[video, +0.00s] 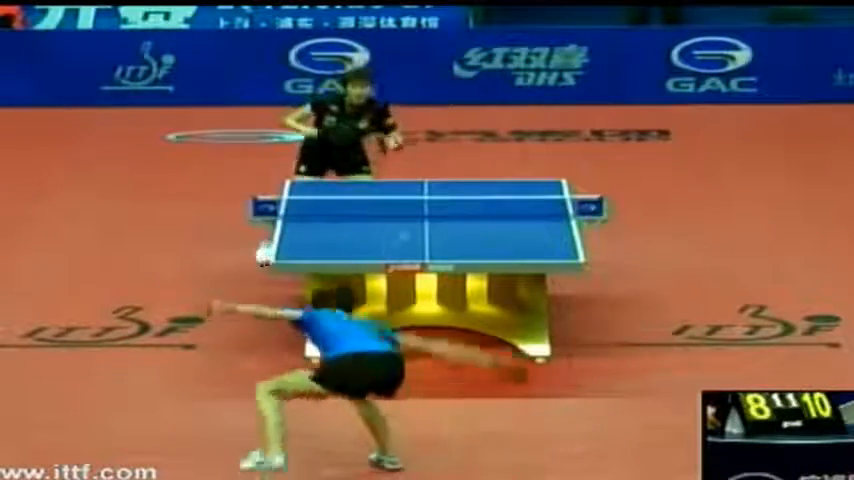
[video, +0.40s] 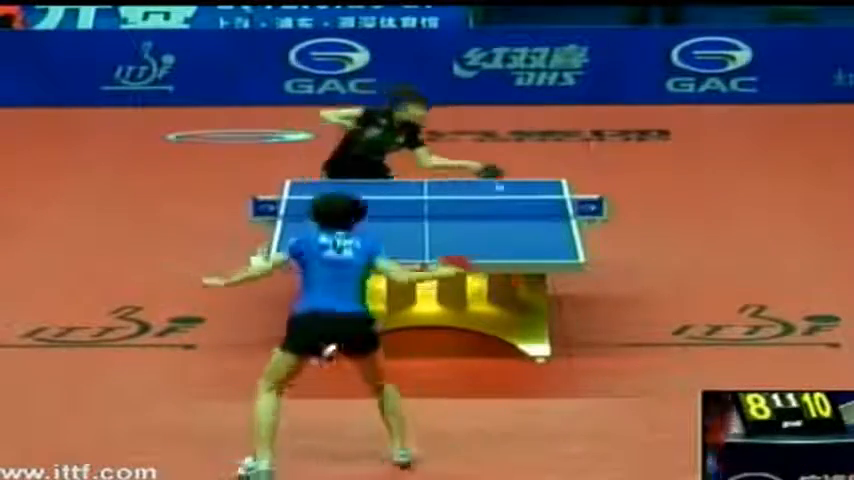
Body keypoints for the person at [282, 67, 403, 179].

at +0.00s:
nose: (359, 92)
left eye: (363, 87)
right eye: (355, 87)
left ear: (369, 90)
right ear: (346, 88)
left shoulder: (375, 110)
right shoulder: (326, 102)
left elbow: (393, 132)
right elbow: (290, 120)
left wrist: (392, 141)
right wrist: (309, 131)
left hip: (351, 150)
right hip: (318, 149)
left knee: (364, 193)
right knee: (304, 193)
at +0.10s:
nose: (360, 97)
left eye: (364, 92)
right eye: (356, 91)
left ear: (370, 95)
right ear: (346, 92)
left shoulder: (372, 116)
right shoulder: (324, 107)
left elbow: (388, 139)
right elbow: (284, 126)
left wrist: (392, 150)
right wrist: (304, 135)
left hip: (349, 164)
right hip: (315, 163)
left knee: (364, 206)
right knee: (299, 207)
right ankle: (268, 249)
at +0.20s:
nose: (367, 106)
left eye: (371, 101)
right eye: (363, 100)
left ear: (374, 103)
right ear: (352, 100)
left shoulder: (373, 125)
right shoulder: (328, 114)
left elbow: (389, 157)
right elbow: (283, 129)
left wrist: (414, 165)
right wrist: (309, 140)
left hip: (346, 168)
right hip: (312, 168)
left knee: (378, 190)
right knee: (295, 208)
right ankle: (268, 252)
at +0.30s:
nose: (385, 111)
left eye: (387, 107)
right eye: (381, 106)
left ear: (386, 109)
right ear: (367, 104)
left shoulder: (383, 129)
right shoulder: (340, 117)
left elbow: (398, 159)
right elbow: (293, 125)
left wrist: (431, 166)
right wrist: (319, 135)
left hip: (350, 168)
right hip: (319, 168)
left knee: (386, 190)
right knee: (313, 208)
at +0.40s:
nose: (421, 116)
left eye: (422, 111)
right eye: (417, 110)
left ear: (416, 113)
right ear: (402, 108)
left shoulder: (411, 132)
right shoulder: (373, 116)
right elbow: (326, 115)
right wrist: (349, 123)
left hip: (373, 170)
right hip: (341, 167)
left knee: (399, 206)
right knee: (332, 208)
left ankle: (410, 255)